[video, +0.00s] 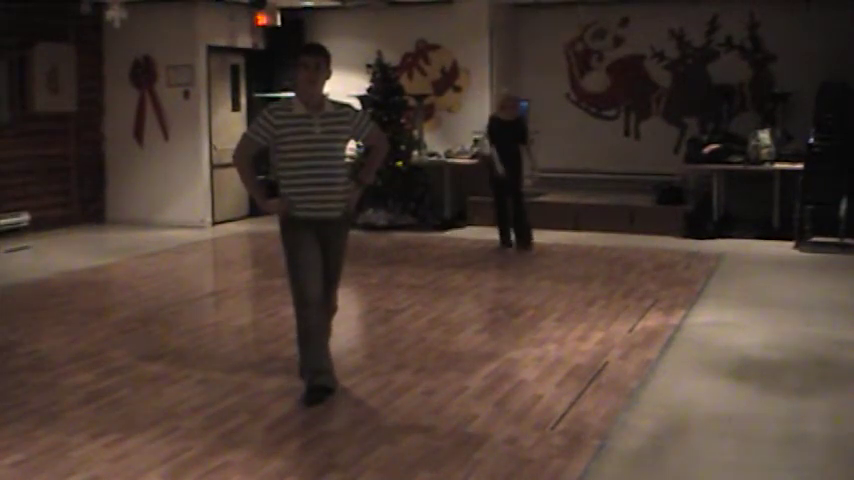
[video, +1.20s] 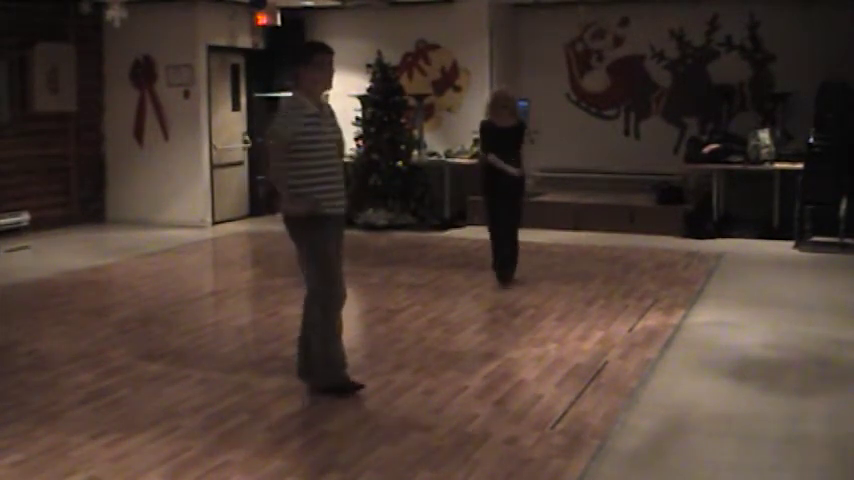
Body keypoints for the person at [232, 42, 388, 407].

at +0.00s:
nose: (311, 76)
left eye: (318, 69)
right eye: (305, 69)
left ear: (328, 74)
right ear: (295, 73)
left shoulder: (344, 114)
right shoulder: (276, 115)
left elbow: (380, 145)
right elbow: (241, 155)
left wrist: (358, 185)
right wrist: (262, 199)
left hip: (336, 218)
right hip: (297, 218)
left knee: (326, 297)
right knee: (309, 298)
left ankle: (314, 361)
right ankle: (318, 378)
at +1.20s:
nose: (330, 74)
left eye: (331, 68)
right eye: (323, 68)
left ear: (326, 72)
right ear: (304, 71)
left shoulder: (325, 111)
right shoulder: (291, 111)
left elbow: (334, 158)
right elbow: (275, 160)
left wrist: (337, 194)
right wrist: (290, 198)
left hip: (331, 212)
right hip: (308, 214)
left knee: (324, 290)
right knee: (328, 292)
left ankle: (311, 362)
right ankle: (328, 373)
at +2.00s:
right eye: (302, 64)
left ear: (274, 72)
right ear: (305, 69)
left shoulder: (263, 110)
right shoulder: (327, 106)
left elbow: (226, 147)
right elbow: (363, 142)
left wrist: (246, 179)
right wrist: (380, 164)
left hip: (283, 215)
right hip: (326, 212)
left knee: (285, 293)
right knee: (328, 296)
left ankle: (294, 368)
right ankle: (329, 375)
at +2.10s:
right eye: (301, 64)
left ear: (274, 72)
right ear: (305, 69)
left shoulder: (263, 110)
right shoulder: (327, 106)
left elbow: (228, 146)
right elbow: (361, 141)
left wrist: (240, 177)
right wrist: (381, 161)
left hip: (281, 212)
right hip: (323, 209)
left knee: (282, 290)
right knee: (325, 291)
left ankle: (292, 365)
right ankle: (328, 374)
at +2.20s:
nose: (303, 69)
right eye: (303, 64)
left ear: (274, 71)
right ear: (304, 69)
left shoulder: (262, 109)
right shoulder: (324, 106)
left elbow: (227, 147)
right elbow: (358, 141)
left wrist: (233, 183)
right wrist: (380, 159)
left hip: (279, 212)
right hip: (322, 210)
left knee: (281, 291)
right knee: (323, 291)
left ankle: (291, 365)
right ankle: (327, 374)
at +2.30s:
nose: (304, 70)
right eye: (303, 64)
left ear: (273, 70)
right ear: (303, 69)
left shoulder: (260, 110)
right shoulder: (322, 107)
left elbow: (223, 149)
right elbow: (357, 142)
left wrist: (229, 189)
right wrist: (381, 159)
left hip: (279, 213)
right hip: (321, 211)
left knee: (282, 292)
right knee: (322, 291)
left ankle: (291, 365)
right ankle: (327, 373)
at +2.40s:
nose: (306, 72)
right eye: (304, 66)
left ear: (269, 71)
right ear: (302, 70)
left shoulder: (258, 109)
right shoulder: (320, 106)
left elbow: (221, 149)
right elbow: (354, 141)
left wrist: (233, 189)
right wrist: (383, 160)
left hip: (279, 216)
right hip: (321, 212)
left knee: (283, 291)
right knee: (325, 287)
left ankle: (292, 364)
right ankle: (329, 365)